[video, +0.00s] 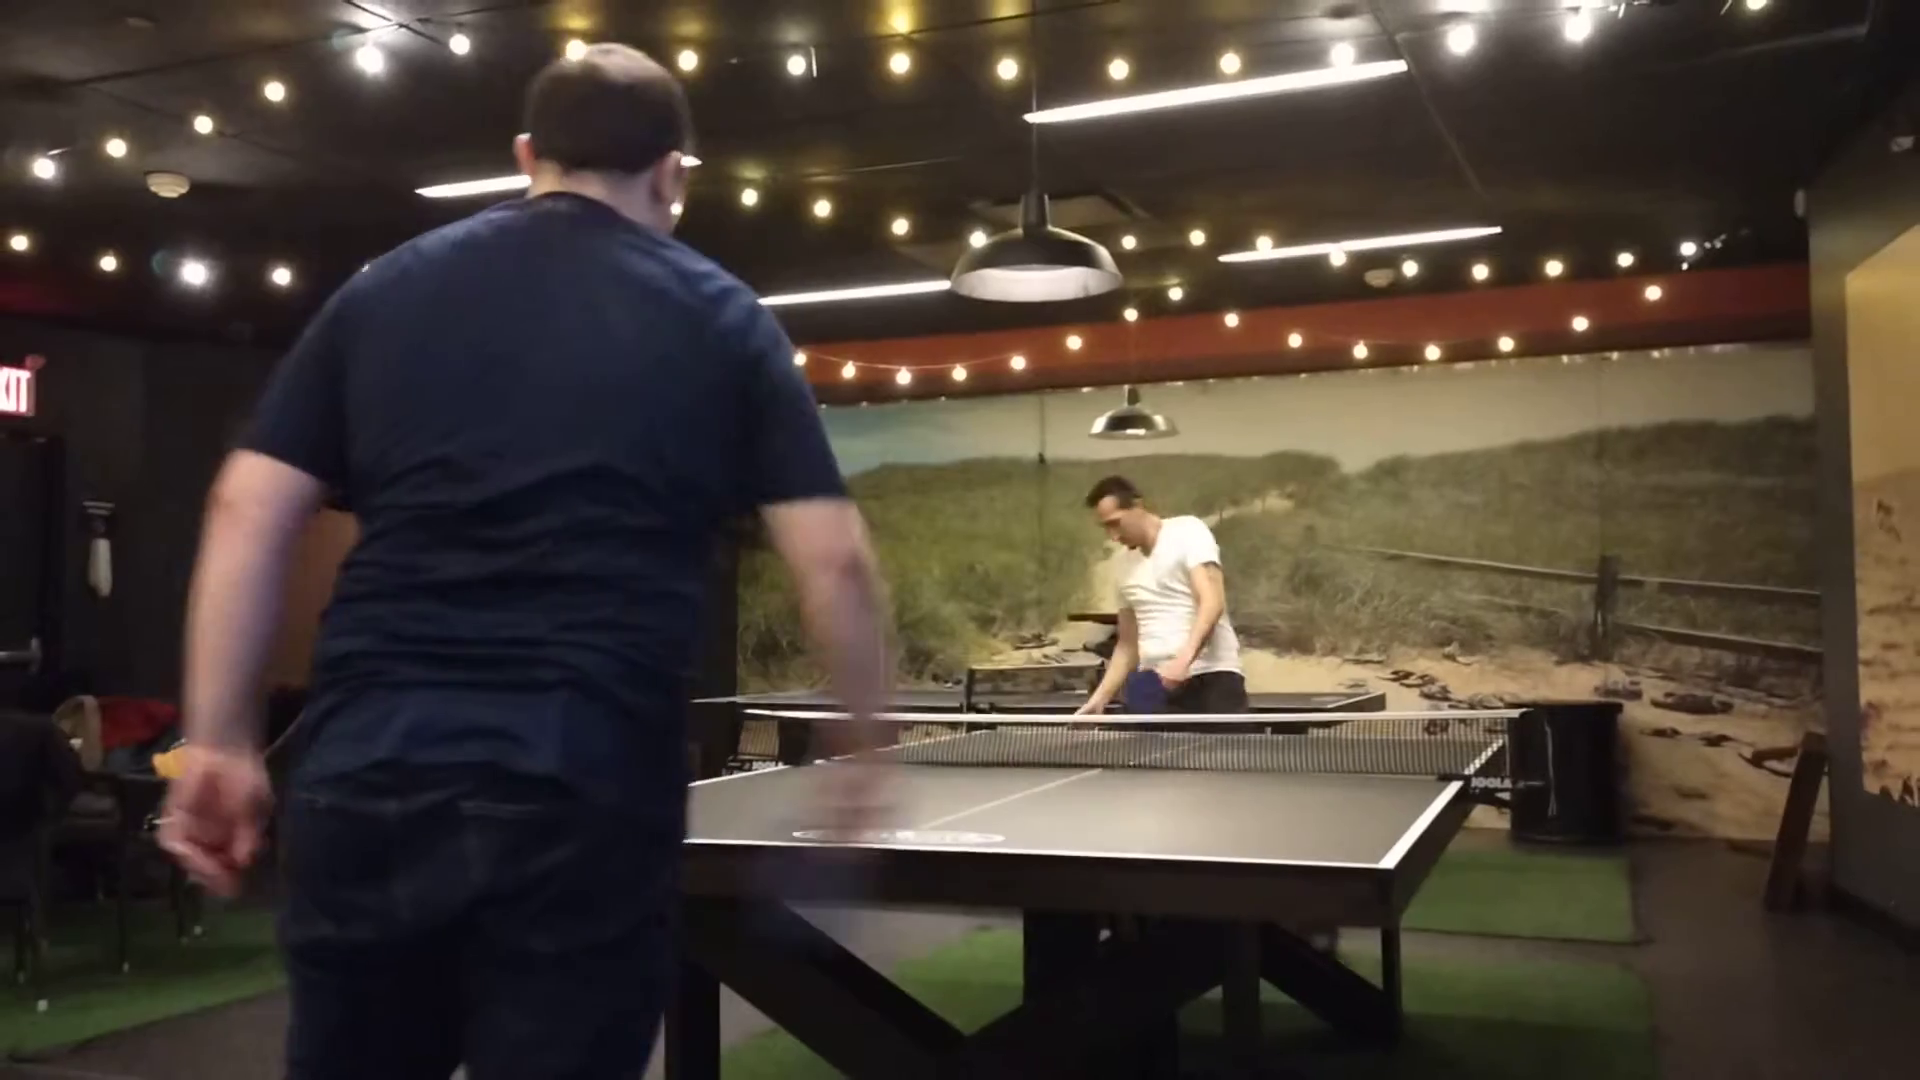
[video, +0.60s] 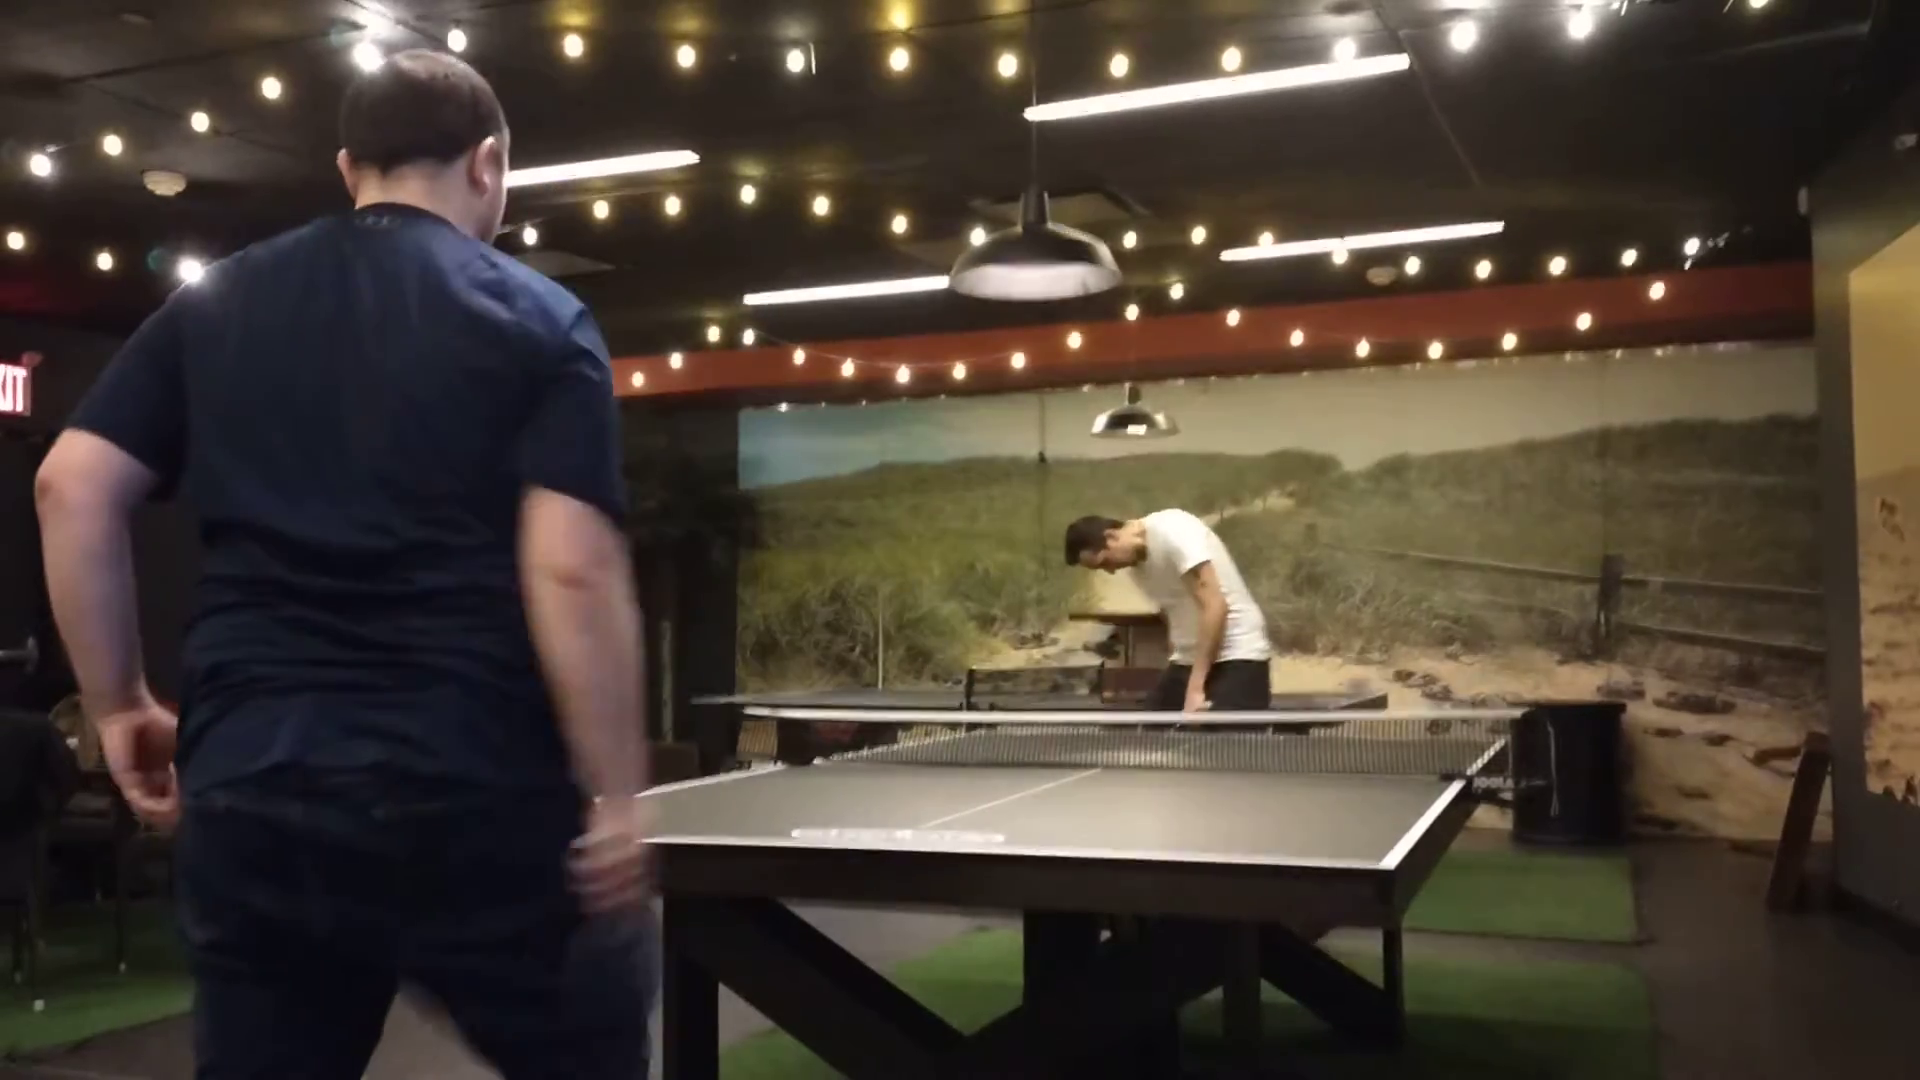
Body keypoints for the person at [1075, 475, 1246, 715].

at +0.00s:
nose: (1113, 536)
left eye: (1114, 523)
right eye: (1107, 528)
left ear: (1137, 506)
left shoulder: (1188, 531)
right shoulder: (1127, 567)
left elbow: (1212, 603)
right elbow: (1127, 645)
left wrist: (1181, 662)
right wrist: (1098, 701)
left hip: (1211, 679)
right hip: (1156, 686)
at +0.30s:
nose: (1094, 550)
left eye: (1090, 540)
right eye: (1085, 545)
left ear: (1102, 515)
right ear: (1102, 516)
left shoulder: (1164, 522)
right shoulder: (1120, 559)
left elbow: (1202, 592)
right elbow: (1136, 630)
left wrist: (1197, 675)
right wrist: (1134, 684)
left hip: (1211, 666)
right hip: (1155, 669)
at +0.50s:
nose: (1103, 568)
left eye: (1097, 559)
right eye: (1095, 566)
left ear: (1104, 534)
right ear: (1105, 534)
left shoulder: (1168, 527)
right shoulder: (1124, 567)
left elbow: (1208, 602)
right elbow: (1154, 619)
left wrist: (1192, 685)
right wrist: (1160, 660)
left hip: (1227, 660)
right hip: (1174, 664)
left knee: (1230, 760)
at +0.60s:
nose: (1111, 571)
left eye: (1104, 563)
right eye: (1102, 569)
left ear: (1110, 538)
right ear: (1111, 537)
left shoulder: (1174, 531)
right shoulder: (1138, 565)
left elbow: (1215, 606)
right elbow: (1173, 614)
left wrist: (1196, 687)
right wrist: (1175, 668)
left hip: (1239, 662)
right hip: (1188, 664)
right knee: (1146, 747)